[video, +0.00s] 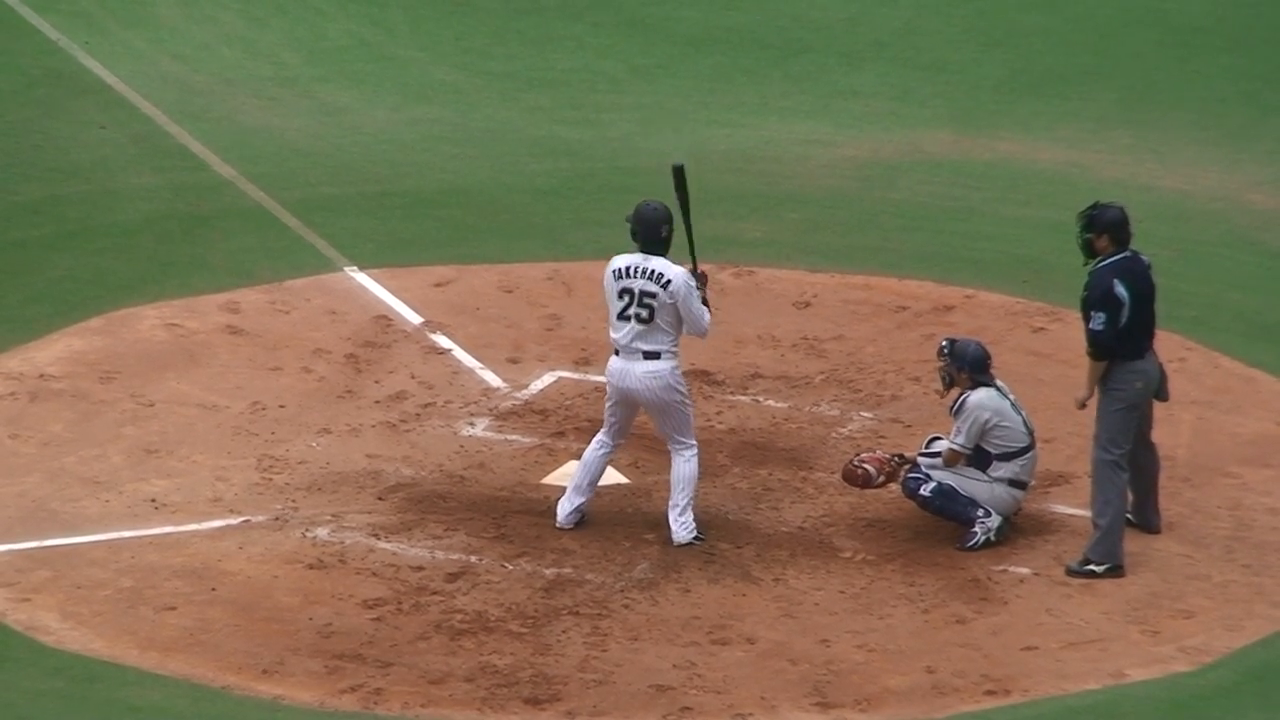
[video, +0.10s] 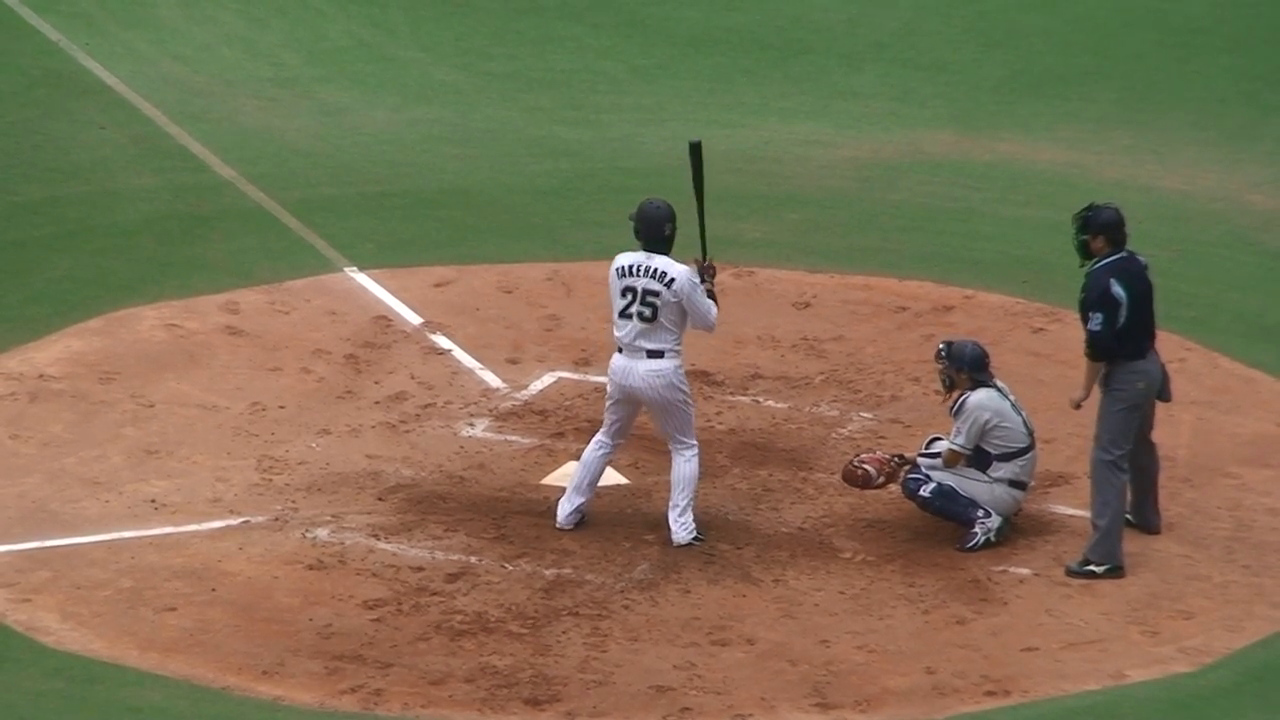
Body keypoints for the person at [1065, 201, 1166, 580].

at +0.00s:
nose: (1086, 239)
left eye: (1091, 234)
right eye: (1088, 232)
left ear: (1104, 239)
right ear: (1118, 236)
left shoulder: (1103, 278)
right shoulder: (1138, 263)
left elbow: (1100, 344)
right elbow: (1143, 322)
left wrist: (1089, 386)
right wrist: (1143, 361)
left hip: (1122, 375)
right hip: (1145, 365)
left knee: (1108, 459)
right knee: (1138, 444)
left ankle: (1105, 554)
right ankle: (1147, 514)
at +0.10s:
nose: (1083, 241)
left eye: (1087, 236)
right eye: (1083, 235)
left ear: (1101, 240)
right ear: (1114, 237)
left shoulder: (1100, 280)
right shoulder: (1135, 264)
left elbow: (1097, 343)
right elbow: (1142, 323)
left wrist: (1086, 388)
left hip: (1125, 376)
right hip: (1148, 366)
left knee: (1108, 459)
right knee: (1138, 444)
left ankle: (1104, 555)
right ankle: (1146, 514)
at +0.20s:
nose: (1077, 243)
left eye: (1082, 238)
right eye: (1078, 237)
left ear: (1096, 241)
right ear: (1109, 238)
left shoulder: (1098, 281)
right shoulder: (1130, 265)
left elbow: (1096, 344)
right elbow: (1137, 323)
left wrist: (1081, 389)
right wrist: (1111, 369)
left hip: (1130, 375)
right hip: (1152, 366)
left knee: (1106, 459)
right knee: (1138, 442)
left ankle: (1104, 555)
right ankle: (1145, 514)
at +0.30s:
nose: (1071, 248)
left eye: (1076, 242)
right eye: (1072, 242)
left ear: (1090, 245)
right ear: (1104, 242)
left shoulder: (1094, 284)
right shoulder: (1127, 267)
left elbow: (1094, 347)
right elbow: (1134, 327)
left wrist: (1080, 393)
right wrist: (1111, 372)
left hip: (1134, 376)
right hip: (1156, 369)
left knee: (1103, 459)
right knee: (1138, 441)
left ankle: (1103, 555)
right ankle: (1145, 513)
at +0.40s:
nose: (1068, 254)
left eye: (1071, 249)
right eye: (1069, 247)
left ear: (1083, 251)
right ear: (1101, 246)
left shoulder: (1089, 288)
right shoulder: (1122, 270)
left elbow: (1091, 350)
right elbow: (1132, 331)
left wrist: (1078, 398)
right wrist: (1109, 376)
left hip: (1137, 379)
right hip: (1159, 369)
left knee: (1100, 459)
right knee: (1138, 439)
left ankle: (1101, 556)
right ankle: (1143, 513)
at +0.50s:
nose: (1063, 262)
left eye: (1066, 256)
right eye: (1063, 255)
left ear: (1079, 258)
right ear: (1094, 253)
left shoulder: (1087, 292)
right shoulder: (1120, 275)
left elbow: (1090, 355)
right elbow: (1129, 334)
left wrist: (1078, 403)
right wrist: (1108, 379)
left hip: (1142, 381)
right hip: (1162, 371)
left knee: (1097, 458)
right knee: (1137, 441)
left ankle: (1098, 554)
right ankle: (1142, 513)